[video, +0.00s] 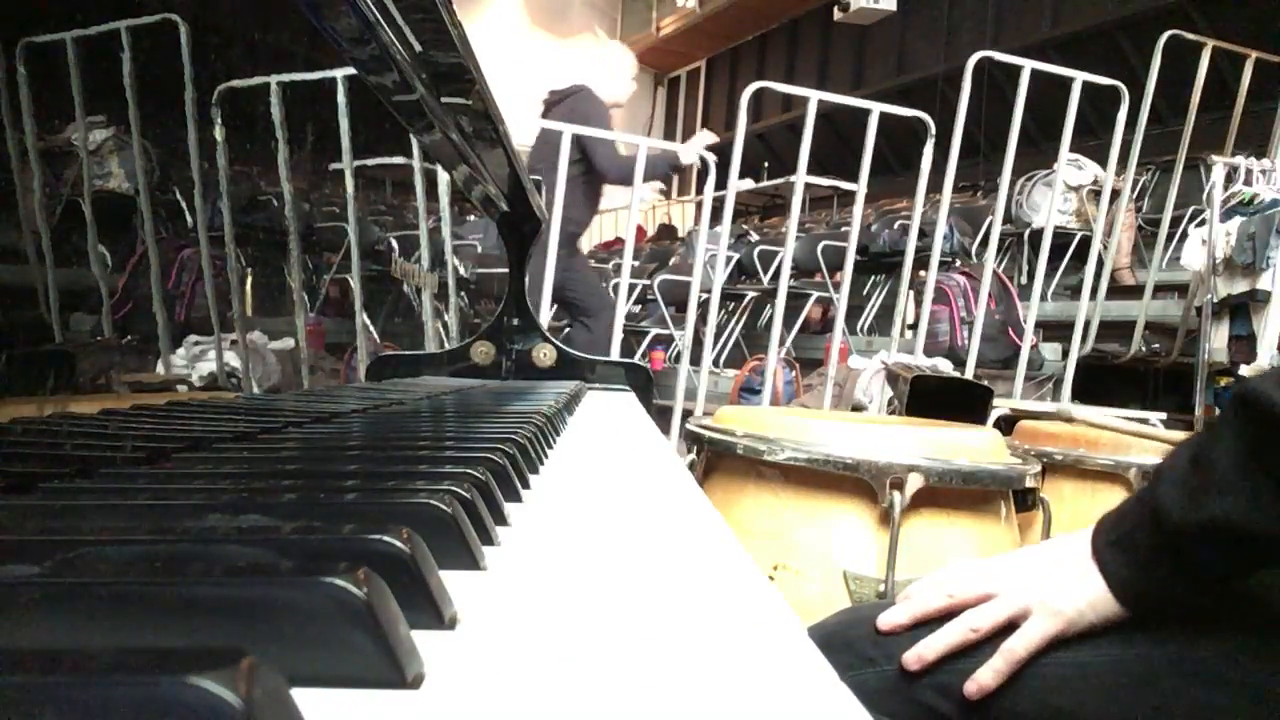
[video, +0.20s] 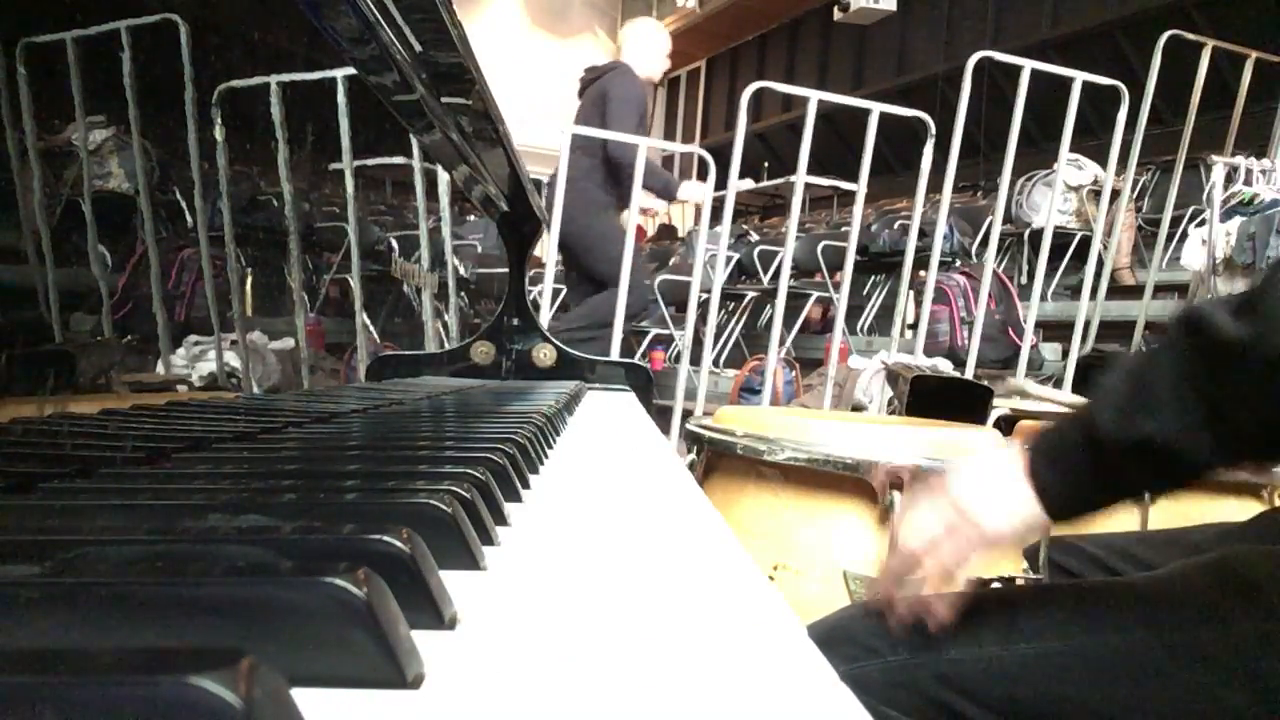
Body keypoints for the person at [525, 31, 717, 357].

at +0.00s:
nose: (633, 88)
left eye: (633, 80)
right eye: (630, 78)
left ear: (604, 73)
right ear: (609, 73)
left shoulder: (575, 105)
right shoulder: (586, 105)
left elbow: (575, 192)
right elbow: (611, 168)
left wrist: (630, 194)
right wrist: (677, 156)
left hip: (548, 240)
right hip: (550, 243)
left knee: (594, 311)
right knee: (600, 313)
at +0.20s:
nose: (668, 65)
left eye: (669, 56)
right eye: (664, 55)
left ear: (634, 49)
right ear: (643, 50)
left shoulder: (613, 80)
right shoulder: (625, 81)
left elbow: (605, 155)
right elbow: (623, 152)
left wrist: (632, 194)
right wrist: (676, 188)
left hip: (574, 204)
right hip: (582, 205)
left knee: (586, 300)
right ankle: (556, 337)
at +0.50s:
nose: (716, 65)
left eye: (717, 57)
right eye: (714, 56)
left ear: (676, 49)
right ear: (699, 51)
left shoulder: (651, 84)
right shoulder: (685, 82)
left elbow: (634, 149)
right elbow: (658, 147)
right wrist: (645, 208)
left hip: (617, 198)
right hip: (653, 199)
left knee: (617, 302)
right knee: (734, 253)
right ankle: (770, 351)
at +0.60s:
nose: (739, 73)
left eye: (740, 66)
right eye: (738, 65)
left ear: (702, 56)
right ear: (725, 60)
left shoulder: (675, 91)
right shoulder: (712, 91)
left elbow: (653, 155)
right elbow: (682, 154)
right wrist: (668, 215)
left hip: (647, 211)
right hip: (682, 209)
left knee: (636, 307)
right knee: (757, 264)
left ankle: (598, 383)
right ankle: (793, 358)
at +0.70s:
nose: (772, 71)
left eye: (772, 63)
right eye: (771, 62)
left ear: (732, 59)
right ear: (761, 62)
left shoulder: (704, 94)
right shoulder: (747, 94)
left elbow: (685, 157)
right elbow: (725, 154)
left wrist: (737, 196)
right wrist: (714, 224)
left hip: (666, 208)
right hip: (703, 207)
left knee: (643, 307)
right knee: (781, 265)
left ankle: (600, 387)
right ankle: (793, 373)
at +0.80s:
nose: (805, 63)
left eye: (805, 55)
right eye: (805, 54)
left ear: (765, 47)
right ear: (794, 52)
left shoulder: (739, 84)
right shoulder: (771, 87)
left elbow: (726, 152)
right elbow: (750, 148)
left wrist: (766, 197)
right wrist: (754, 210)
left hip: (695, 202)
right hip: (729, 203)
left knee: (667, 295)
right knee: (799, 264)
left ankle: (617, 377)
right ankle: (788, 363)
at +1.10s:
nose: (855, 26)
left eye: (856, 18)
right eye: (854, 16)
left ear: (821, 11)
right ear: (841, 11)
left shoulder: (794, 48)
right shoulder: (823, 46)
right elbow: (830, 122)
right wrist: (857, 184)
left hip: (762, 164)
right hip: (789, 163)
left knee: (797, 262)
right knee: (812, 265)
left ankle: (731, 304)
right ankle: (798, 363)